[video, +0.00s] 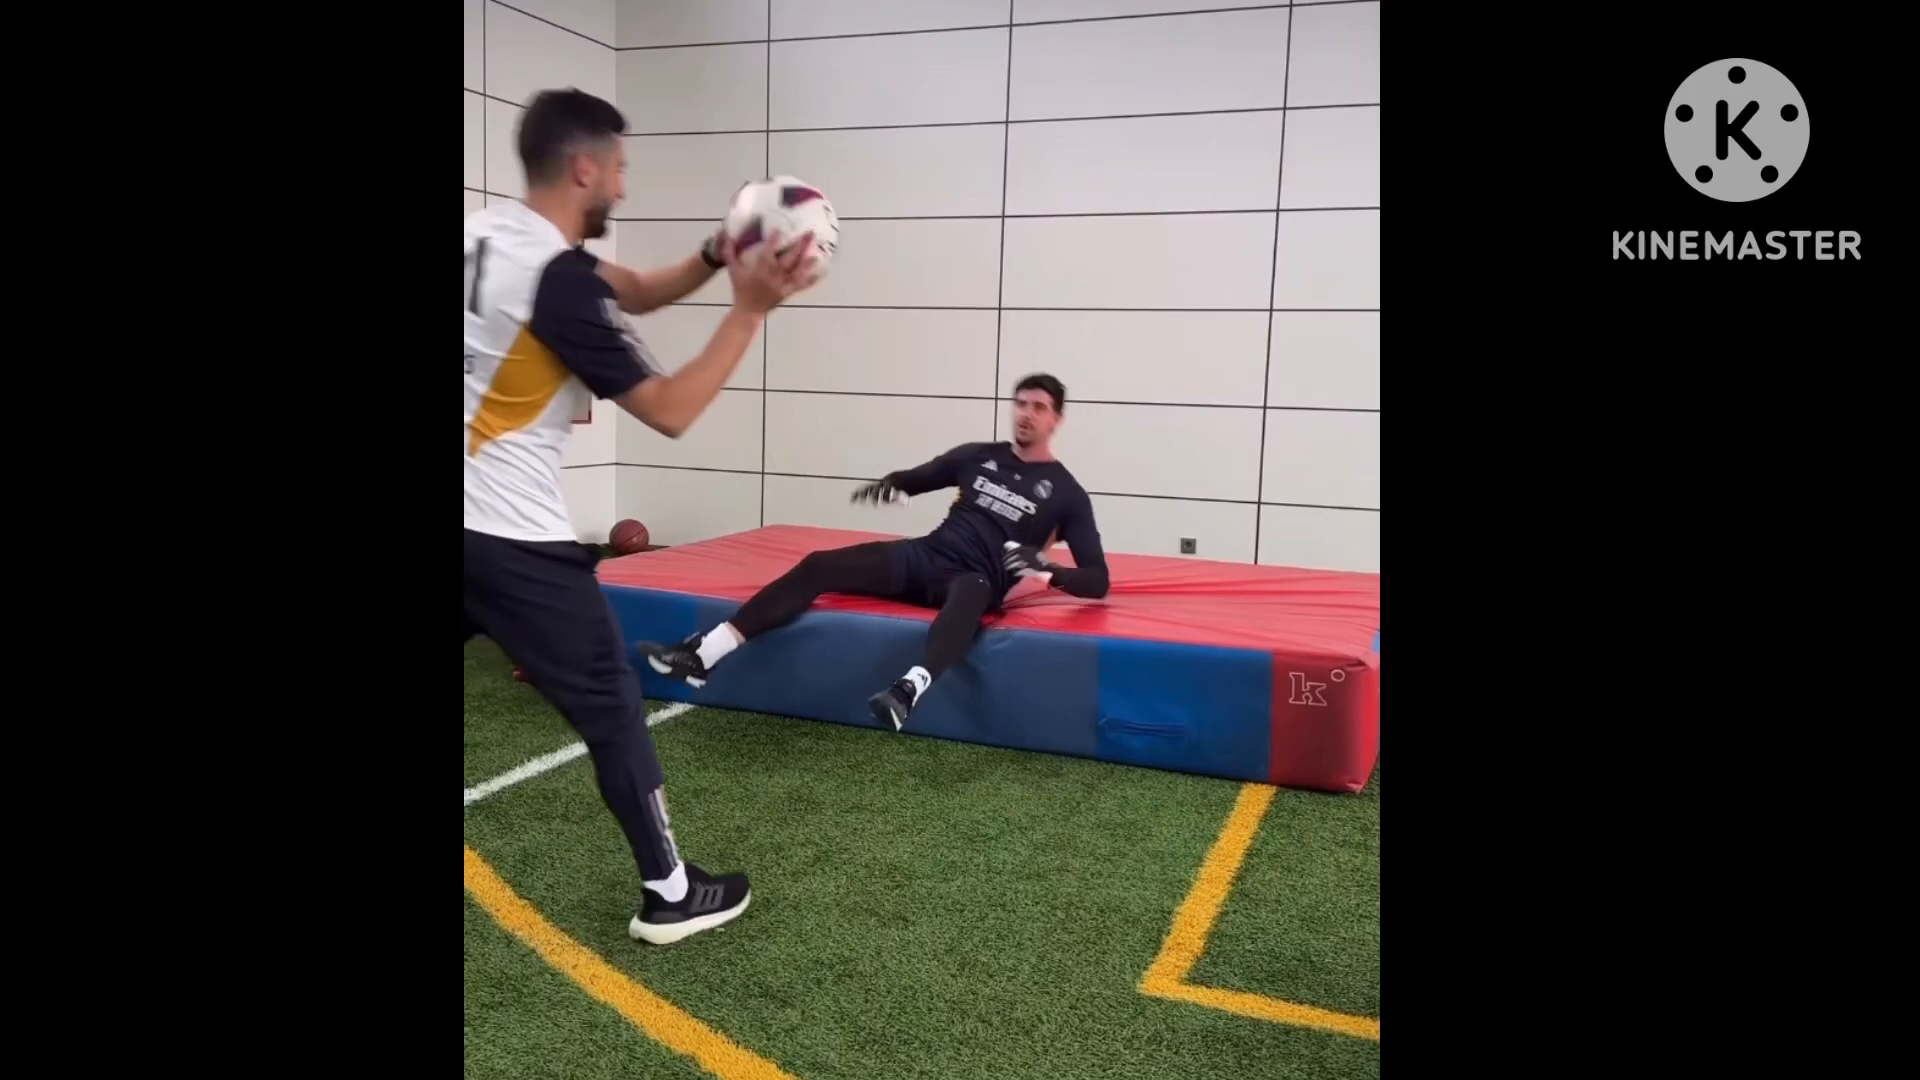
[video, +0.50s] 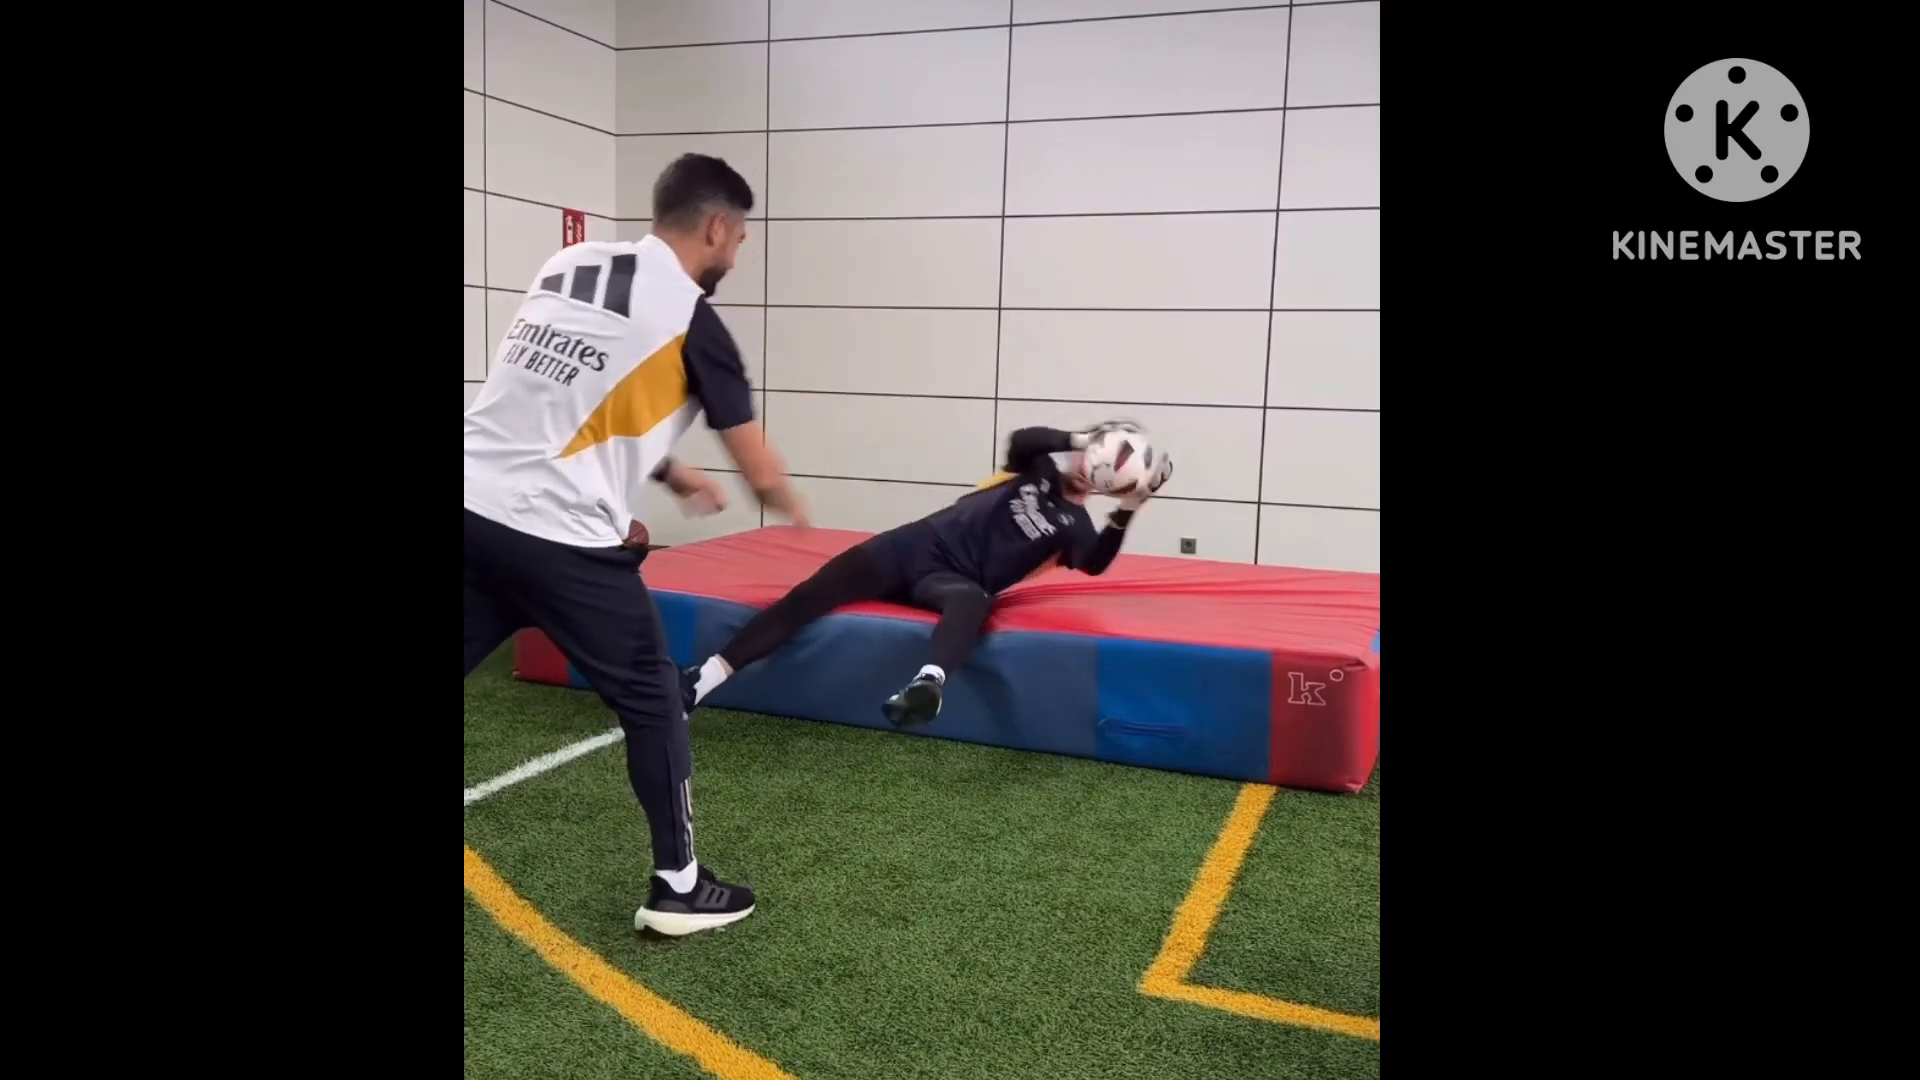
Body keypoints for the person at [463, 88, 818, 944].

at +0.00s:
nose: (622, 184)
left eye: (620, 166)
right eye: (617, 166)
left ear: (544, 164)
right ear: (583, 168)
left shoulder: (485, 225)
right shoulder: (553, 272)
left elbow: (636, 288)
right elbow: (669, 410)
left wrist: (719, 255)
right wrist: (750, 308)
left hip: (471, 519)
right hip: (509, 534)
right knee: (608, 700)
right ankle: (669, 889)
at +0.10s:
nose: (685, 208)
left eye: (686, 193)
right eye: (683, 193)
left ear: (610, 184)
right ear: (654, 189)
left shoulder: (539, 237)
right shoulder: (629, 291)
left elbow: (667, 308)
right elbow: (751, 406)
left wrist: (766, 274)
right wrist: (823, 313)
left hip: (472, 513)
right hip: (545, 537)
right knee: (638, 699)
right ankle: (675, 886)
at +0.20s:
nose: (731, 233)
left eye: (733, 217)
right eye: (730, 217)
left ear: (658, 200)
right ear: (704, 211)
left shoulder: (579, 244)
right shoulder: (678, 296)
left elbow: (695, 326)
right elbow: (820, 354)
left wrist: (799, 301)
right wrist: (915, 317)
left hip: (474, 502)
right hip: (557, 527)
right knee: (643, 697)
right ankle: (677, 885)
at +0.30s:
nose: (753, 251)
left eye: (757, 238)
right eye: (757, 236)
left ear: (680, 212)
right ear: (735, 228)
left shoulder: (594, 254)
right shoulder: (702, 302)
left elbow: (667, 356)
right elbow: (819, 349)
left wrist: (768, 364)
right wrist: (912, 359)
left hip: (474, 494)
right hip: (564, 526)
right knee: (646, 699)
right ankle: (677, 883)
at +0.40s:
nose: (755, 265)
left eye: (759, 249)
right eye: (758, 247)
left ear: (687, 221)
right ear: (734, 232)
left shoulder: (591, 263)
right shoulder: (704, 308)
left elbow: (629, 395)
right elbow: (809, 400)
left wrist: (733, 430)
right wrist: (863, 426)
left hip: (474, 500)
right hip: (573, 528)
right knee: (652, 699)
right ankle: (679, 882)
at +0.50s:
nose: (735, 259)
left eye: (740, 242)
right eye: (739, 240)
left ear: (662, 217)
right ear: (715, 228)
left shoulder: (567, 264)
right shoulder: (691, 314)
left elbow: (574, 393)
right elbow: (760, 467)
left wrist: (670, 469)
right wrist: (783, 498)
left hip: (473, 507)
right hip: (565, 534)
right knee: (652, 697)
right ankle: (678, 881)